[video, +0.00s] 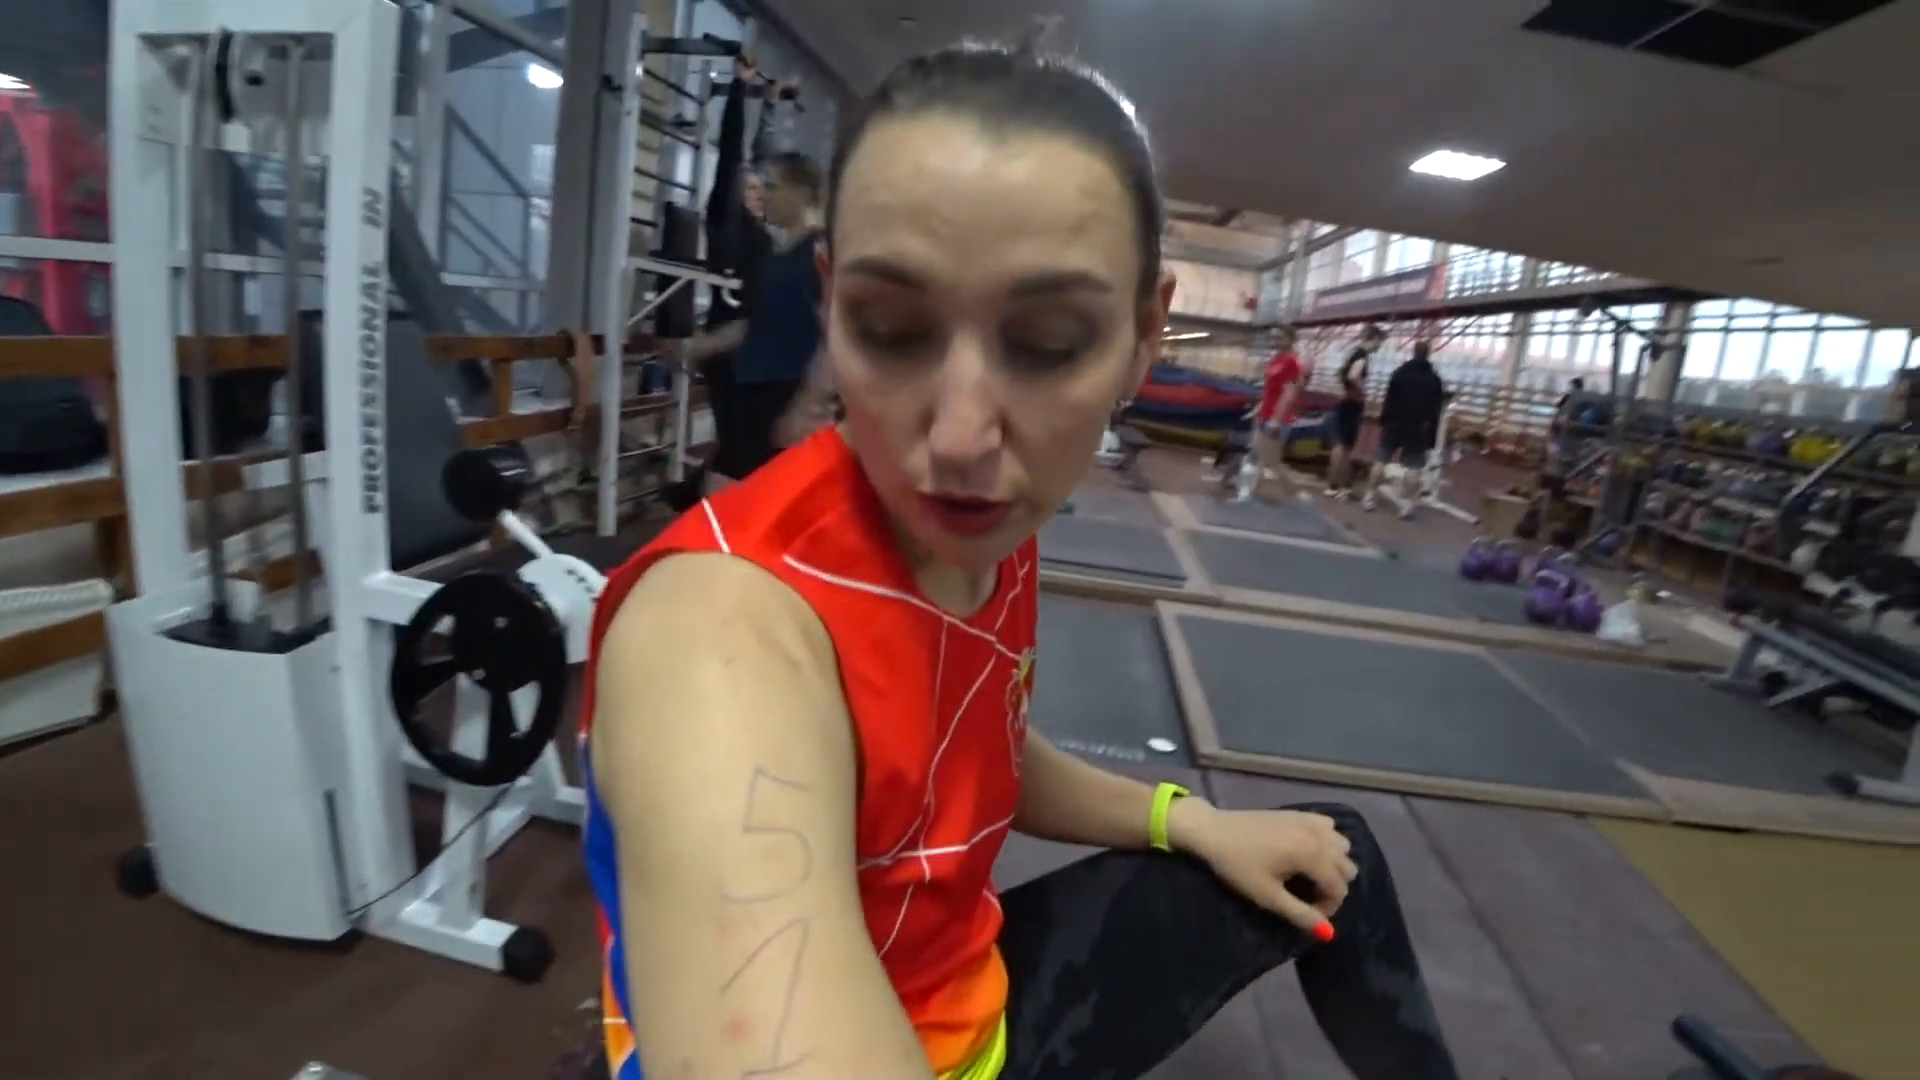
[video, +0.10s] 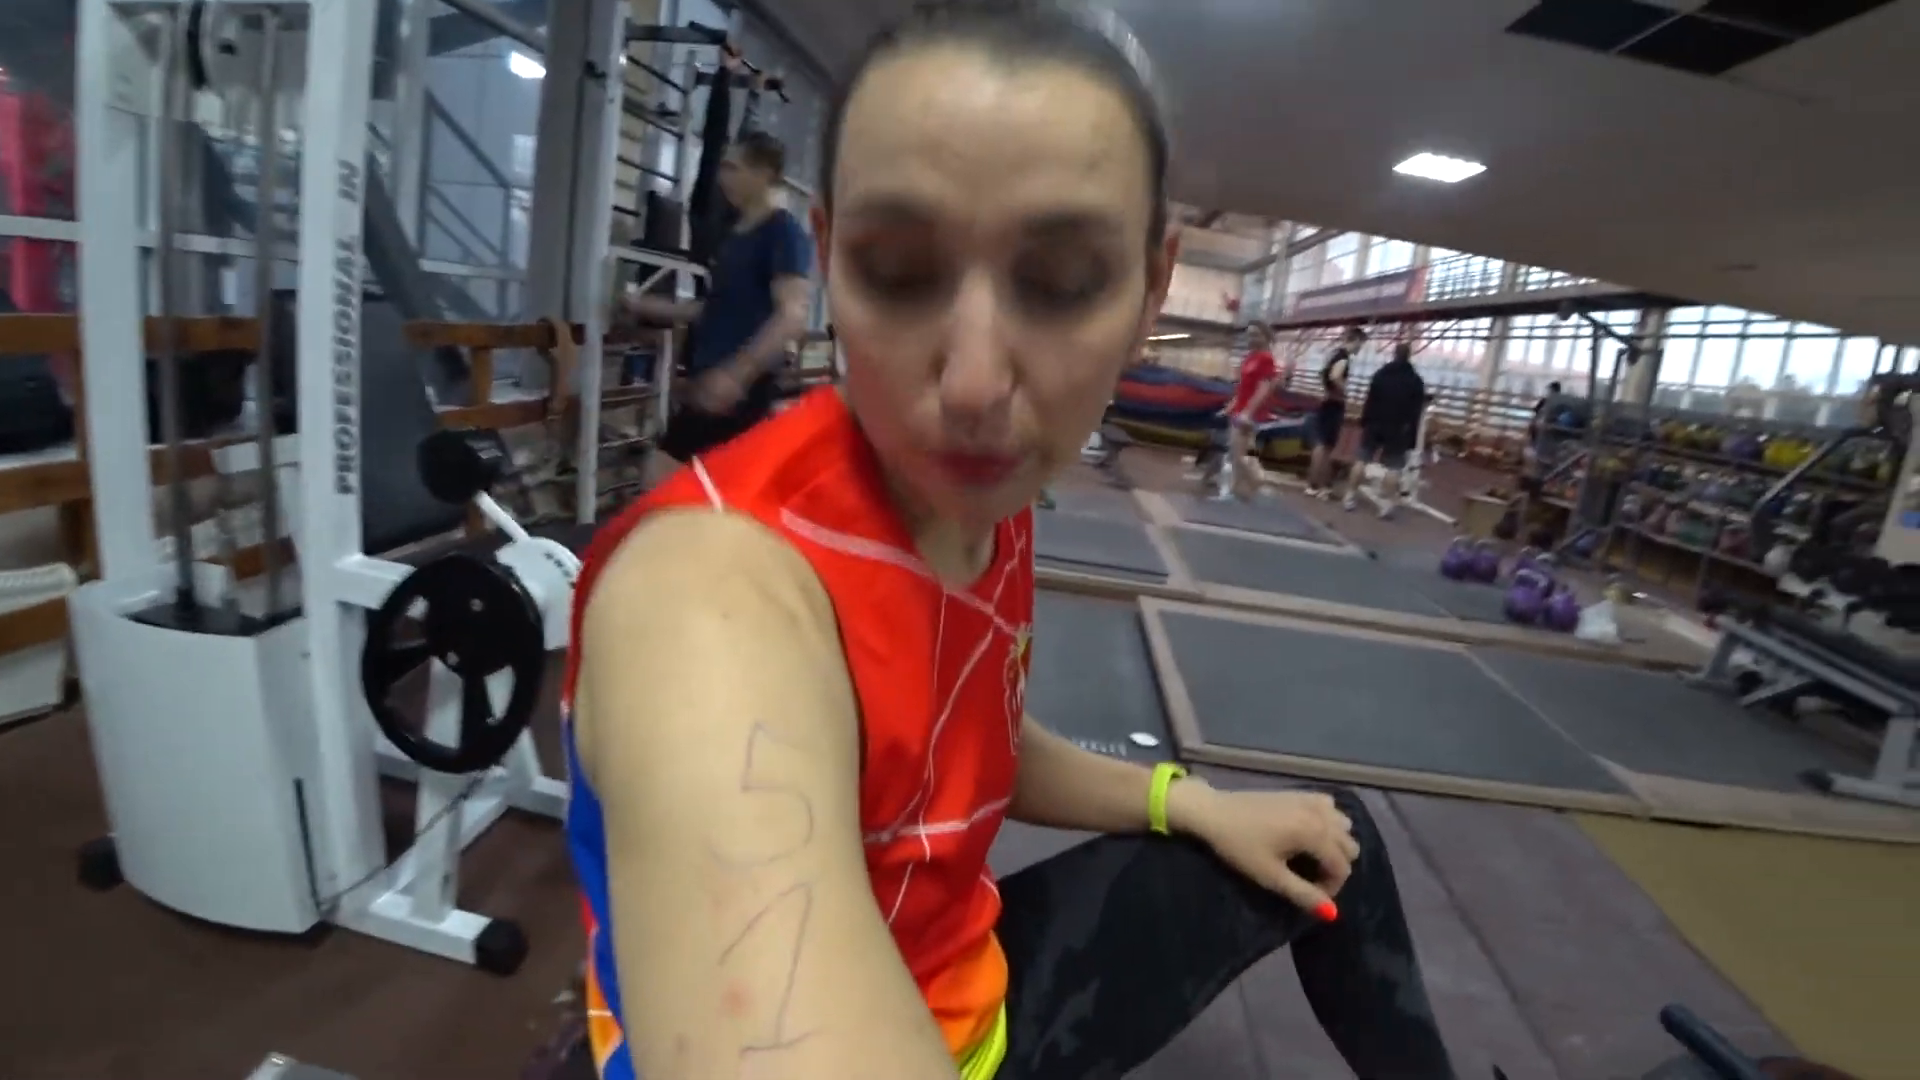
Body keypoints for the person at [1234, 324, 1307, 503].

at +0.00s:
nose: (1274, 342)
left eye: (1279, 338)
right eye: (1272, 338)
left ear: (1290, 340)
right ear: (1271, 339)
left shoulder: (1291, 363)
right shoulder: (1274, 360)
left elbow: (1289, 394)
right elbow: (1269, 392)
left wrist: (1276, 420)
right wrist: (1256, 409)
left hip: (1276, 420)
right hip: (1264, 416)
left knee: (1270, 461)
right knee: (1256, 457)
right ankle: (1246, 494)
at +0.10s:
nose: (1251, 338)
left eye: (1255, 335)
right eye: (1249, 334)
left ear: (1265, 337)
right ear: (1246, 336)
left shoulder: (1266, 359)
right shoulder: (1249, 358)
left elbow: (1264, 389)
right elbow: (1242, 388)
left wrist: (1248, 413)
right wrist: (1230, 406)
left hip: (1251, 414)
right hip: (1239, 412)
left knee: (1240, 453)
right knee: (1235, 453)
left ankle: (1258, 482)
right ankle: (1238, 489)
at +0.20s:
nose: (1231, 329)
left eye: (1236, 326)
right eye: (1231, 325)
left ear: (1245, 329)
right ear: (1230, 327)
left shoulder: (1246, 350)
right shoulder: (1229, 348)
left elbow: (1243, 379)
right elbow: (1220, 379)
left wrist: (1226, 400)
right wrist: (1203, 396)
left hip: (1231, 406)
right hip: (1220, 404)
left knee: (1207, 438)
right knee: (1213, 442)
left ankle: (1219, 480)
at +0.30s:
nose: (1215, 305)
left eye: (1219, 302)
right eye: (1215, 301)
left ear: (1230, 305)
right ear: (1215, 303)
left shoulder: (1230, 327)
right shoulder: (1215, 326)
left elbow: (1228, 356)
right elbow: (1203, 356)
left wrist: (1210, 377)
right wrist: (1184, 369)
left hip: (1214, 385)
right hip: (1206, 382)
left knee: (1187, 409)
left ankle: (1186, 453)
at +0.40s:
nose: (1202, 260)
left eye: (1205, 257)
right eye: (1202, 256)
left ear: (1211, 259)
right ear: (1206, 258)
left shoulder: (1215, 283)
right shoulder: (1203, 282)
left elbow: (1215, 315)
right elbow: (1194, 314)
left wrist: (1199, 339)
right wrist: (1171, 326)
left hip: (1200, 343)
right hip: (1194, 340)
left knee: (1174, 378)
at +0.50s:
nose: (1192, 213)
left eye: (1195, 210)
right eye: (1193, 209)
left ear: (1202, 211)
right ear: (1197, 211)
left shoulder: (1205, 236)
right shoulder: (1191, 233)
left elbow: (1203, 268)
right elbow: (1184, 266)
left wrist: (1193, 295)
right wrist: (1164, 279)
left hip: (1187, 296)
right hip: (1180, 293)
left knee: (1168, 334)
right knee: (1181, 335)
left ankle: (1179, 370)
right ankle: (1178, 370)